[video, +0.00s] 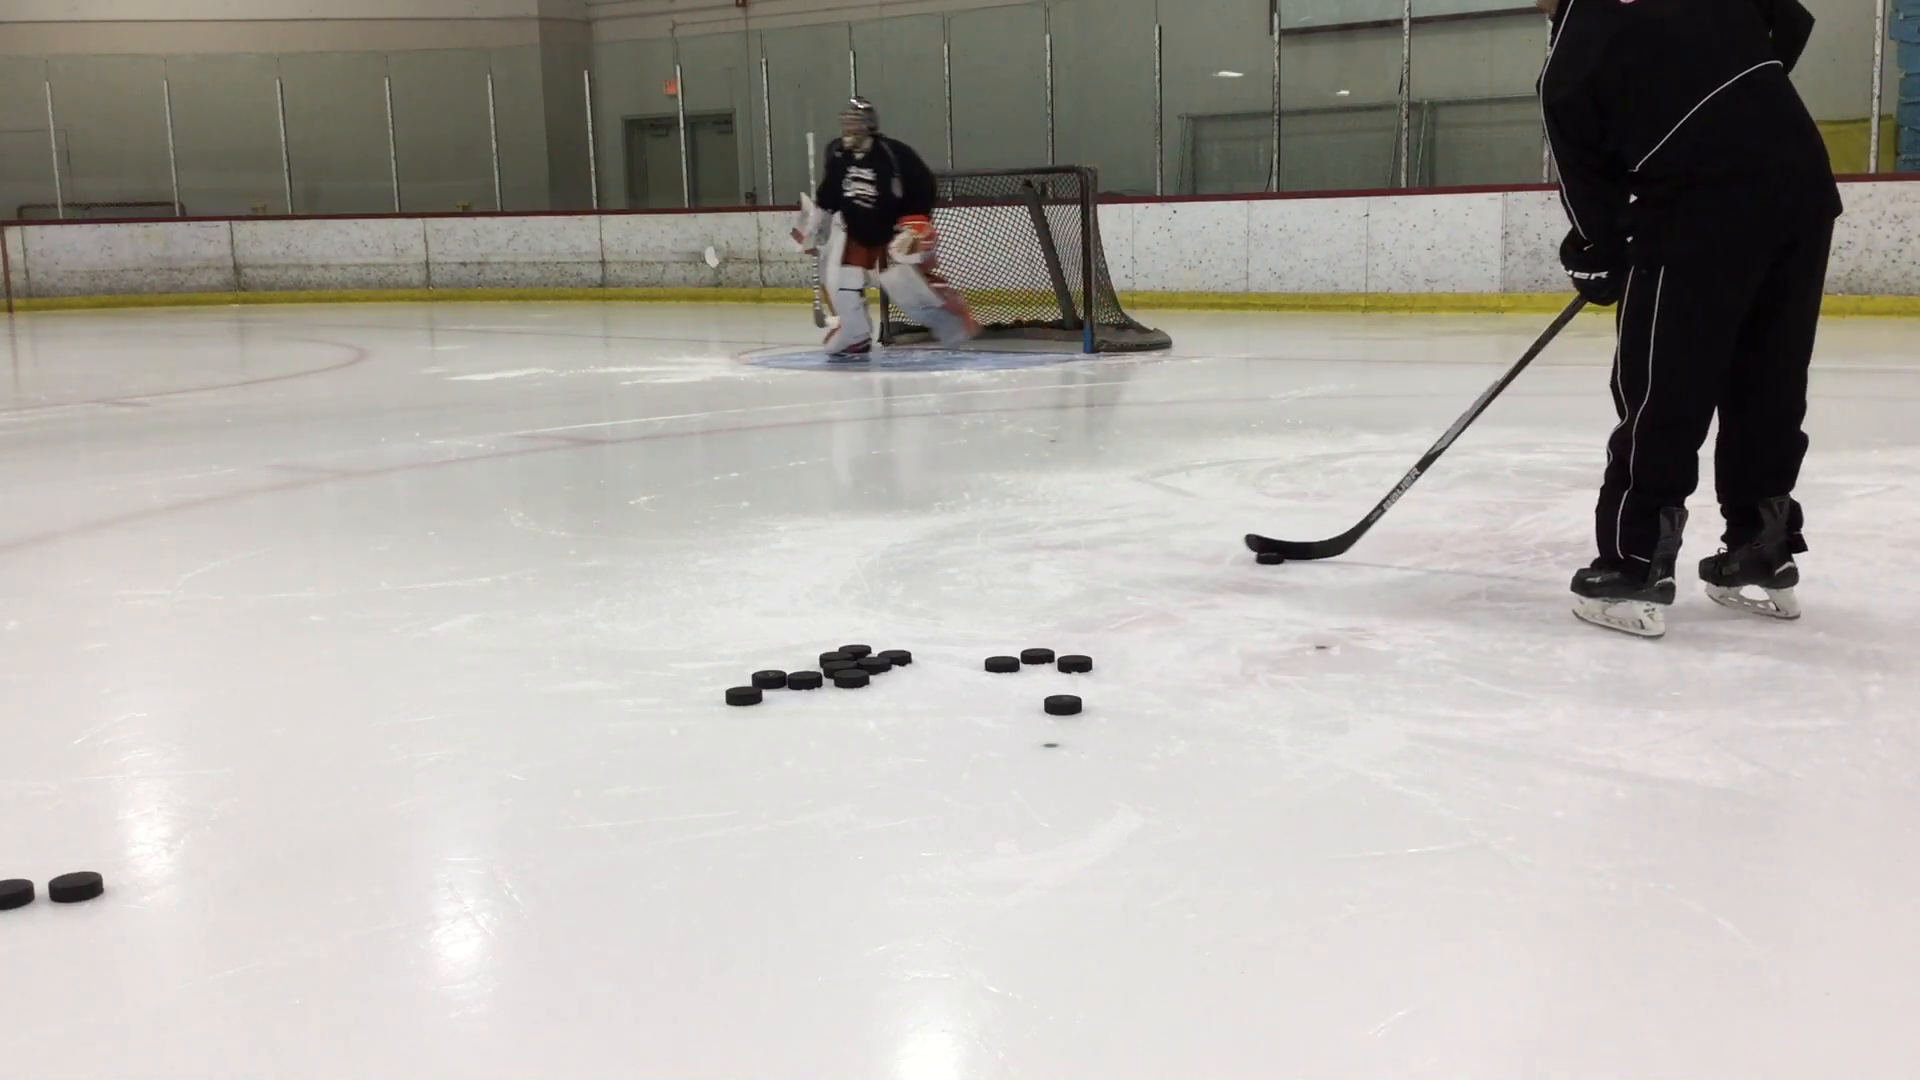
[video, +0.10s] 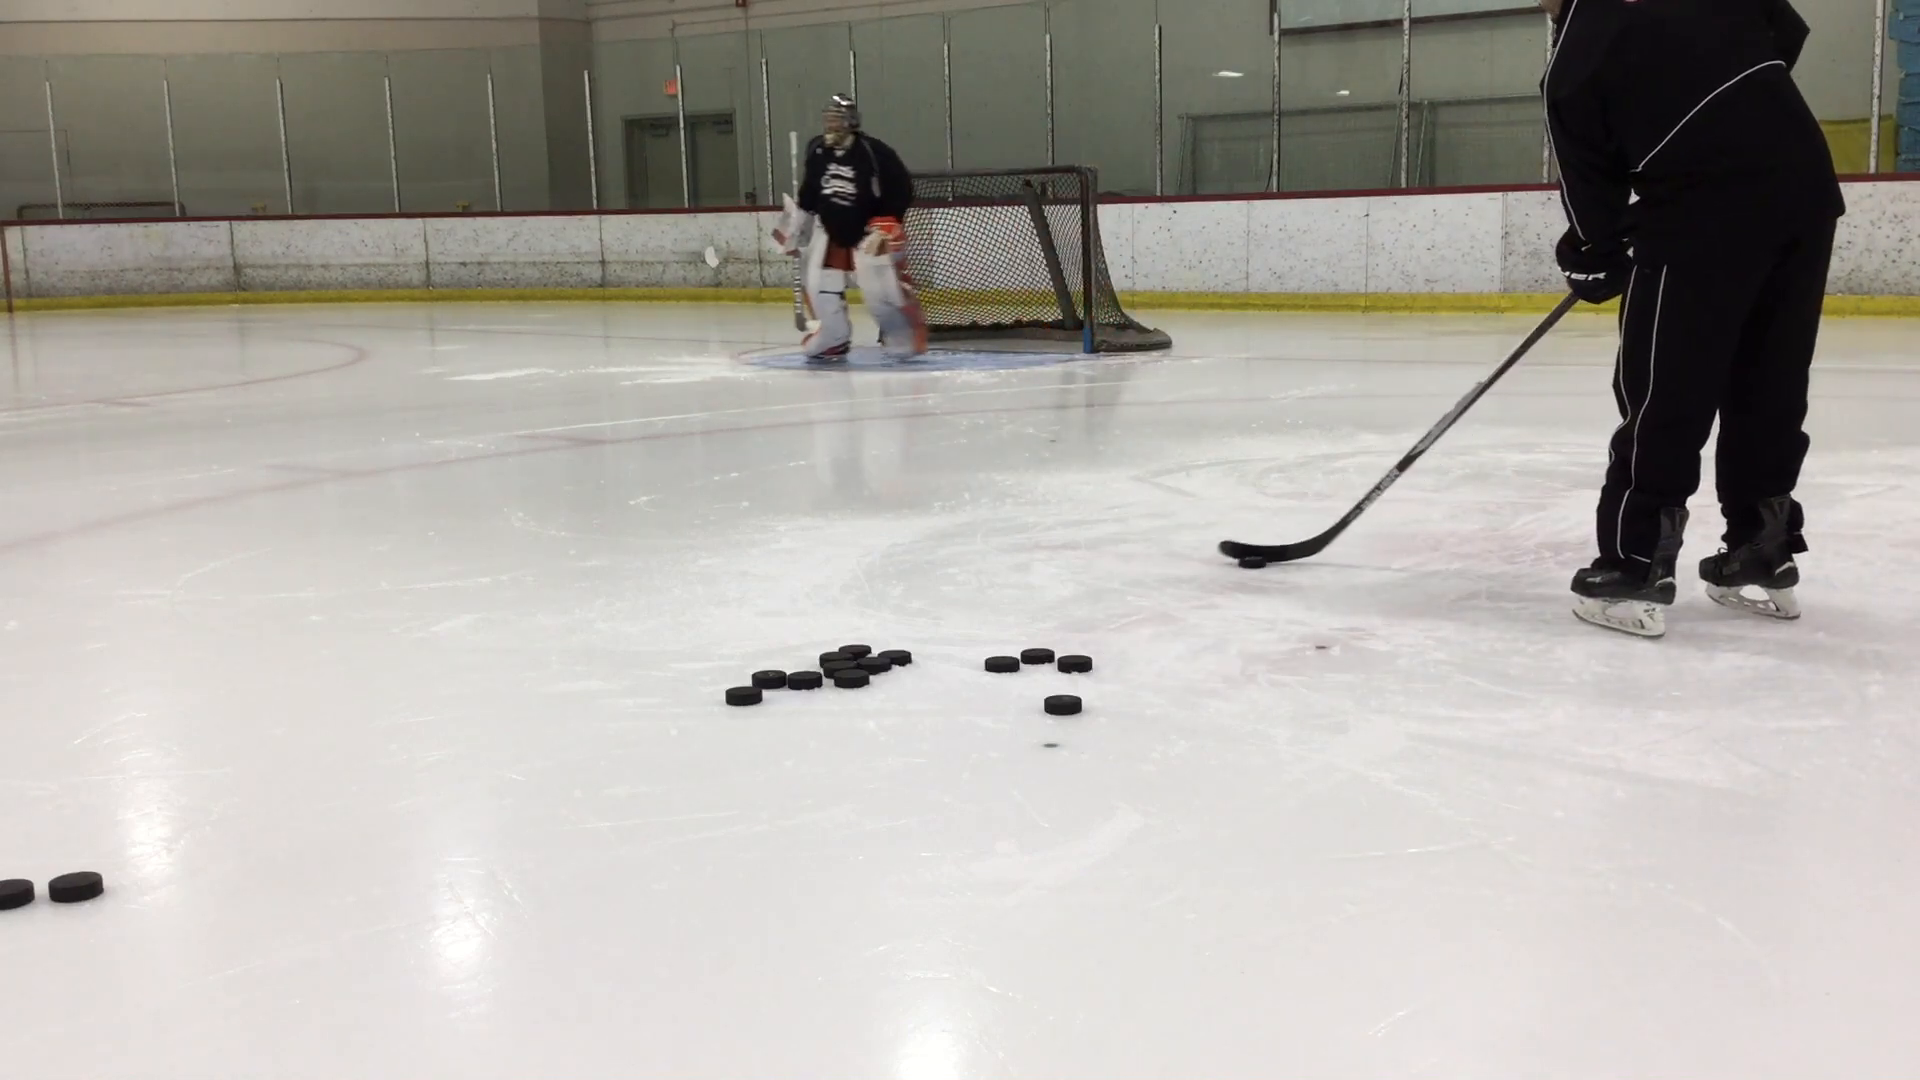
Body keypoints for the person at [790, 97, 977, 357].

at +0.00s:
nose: (849, 131)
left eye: (854, 125)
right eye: (846, 125)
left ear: (869, 127)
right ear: (842, 126)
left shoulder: (894, 154)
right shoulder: (837, 152)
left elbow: (924, 187)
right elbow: (830, 189)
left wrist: (913, 229)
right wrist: (815, 223)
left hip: (890, 237)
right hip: (854, 234)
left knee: (908, 294)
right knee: (841, 286)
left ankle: (954, 329)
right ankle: (855, 338)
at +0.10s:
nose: (831, 125)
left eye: (837, 119)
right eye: (828, 119)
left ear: (851, 122)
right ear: (824, 121)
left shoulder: (875, 153)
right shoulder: (818, 149)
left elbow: (901, 192)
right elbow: (810, 191)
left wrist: (884, 231)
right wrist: (796, 228)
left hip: (869, 238)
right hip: (830, 234)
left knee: (878, 295)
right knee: (822, 289)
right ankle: (833, 341)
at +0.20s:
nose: (815, 123)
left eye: (821, 118)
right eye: (812, 117)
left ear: (835, 121)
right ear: (808, 119)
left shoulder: (857, 151)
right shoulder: (800, 147)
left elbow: (882, 187)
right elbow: (791, 190)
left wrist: (860, 223)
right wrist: (778, 227)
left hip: (843, 235)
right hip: (807, 232)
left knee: (846, 295)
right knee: (800, 289)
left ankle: (873, 342)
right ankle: (810, 341)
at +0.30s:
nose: (796, 121)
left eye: (803, 116)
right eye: (793, 115)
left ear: (818, 119)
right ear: (789, 117)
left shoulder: (840, 150)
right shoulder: (781, 148)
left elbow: (858, 195)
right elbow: (771, 193)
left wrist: (829, 227)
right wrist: (756, 229)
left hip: (823, 237)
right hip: (787, 232)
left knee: (823, 292)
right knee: (778, 287)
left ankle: (850, 345)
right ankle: (782, 343)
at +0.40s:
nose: (776, 119)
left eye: (783, 113)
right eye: (772, 113)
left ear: (798, 117)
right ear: (768, 115)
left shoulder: (818, 149)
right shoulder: (761, 146)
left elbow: (837, 195)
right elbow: (751, 193)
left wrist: (807, 227)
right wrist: (734, 228)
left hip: (804, 237)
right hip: (767, 232)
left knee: (804, 292)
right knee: (756, 287)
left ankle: (834, 348)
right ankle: (755, 346)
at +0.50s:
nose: (756, 119)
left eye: (763, 114)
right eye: (753, 114)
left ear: (777, 118)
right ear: (749, 115)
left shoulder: (796, 149)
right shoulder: (740, 147)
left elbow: (817, 194)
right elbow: (729, 193)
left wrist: (788, 227)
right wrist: (711, 228)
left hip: (780, 238)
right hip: (743, 234)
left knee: (784, 296)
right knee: (734, 290)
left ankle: (816, 349)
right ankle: (730, 345)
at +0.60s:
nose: (733, 122)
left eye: (739, 116)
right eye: (728, 116)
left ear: (753, 119)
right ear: (724, 119)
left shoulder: (775, 150)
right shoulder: (716, 150)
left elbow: (800, 191)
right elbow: (705, 195)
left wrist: (777, 223)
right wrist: (684, 231)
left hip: (761, 236)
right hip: (724, 232)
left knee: (766, 295)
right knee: (707, 283)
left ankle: (802, 348)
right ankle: (700, 348)